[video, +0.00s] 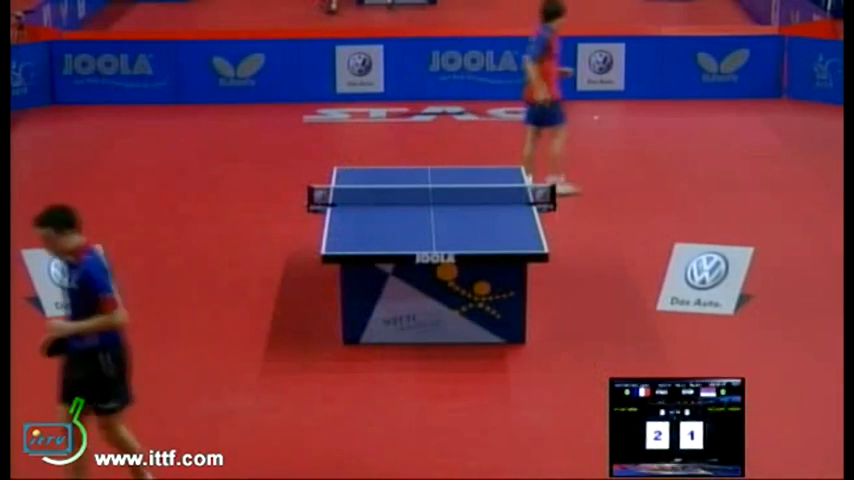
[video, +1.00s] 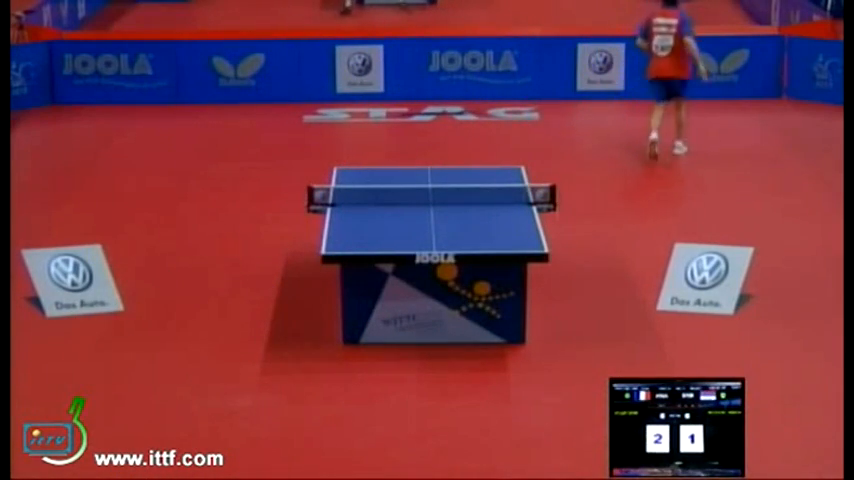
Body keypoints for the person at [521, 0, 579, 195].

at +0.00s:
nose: (563, 22)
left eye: (563, 18)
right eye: (562, 18)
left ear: (547, 16)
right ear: (556, 18)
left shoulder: (551, 37)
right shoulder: (543, 36)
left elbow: (544, 65)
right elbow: (529, 61)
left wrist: (560, 72)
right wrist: (540, 87)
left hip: (537, 97)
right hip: (549, 96)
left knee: (532, 136)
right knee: (559, 134)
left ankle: (526, 177)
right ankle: (556, 178)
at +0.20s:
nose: (603, 26)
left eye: (603, 22)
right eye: (602, 22)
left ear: (585, 20)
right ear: (598, 23)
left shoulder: (575, 40)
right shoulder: (590, 42)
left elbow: (567, 69)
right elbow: (587, 68)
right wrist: (604, 83)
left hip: (570, 98)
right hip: (586, 99)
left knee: (567, 138)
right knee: (602, 134)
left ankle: (540, 169)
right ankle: (608, 176)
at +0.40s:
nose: (632, 16)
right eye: (631, 12)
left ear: (614, 11)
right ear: (630, 14)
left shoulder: (602, 30)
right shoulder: (627, 32)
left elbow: (581, 47)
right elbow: (633, 57)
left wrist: (591, 67)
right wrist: (650, 67)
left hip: (601, 86)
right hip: (618, 87)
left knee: (611, 124)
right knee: (621, 126)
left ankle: (606, 159)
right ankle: (614, 169)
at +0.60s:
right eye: (648, 7)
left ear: (629, 8)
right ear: (647, 9)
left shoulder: (618, 28)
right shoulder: (650, 28)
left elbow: (609, 52)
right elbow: (658, 53)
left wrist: (617, 71)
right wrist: (666, 73)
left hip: (626, 81)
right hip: (645, 80)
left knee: (639, 119)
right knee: (648, 117)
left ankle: (646, 157)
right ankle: (638, 148)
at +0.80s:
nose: (661, 6)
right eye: (662, 4)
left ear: (647, 4)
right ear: (662, 3)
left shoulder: (637, 20)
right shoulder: (666, 19)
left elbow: (627, 44)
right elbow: (670, 42)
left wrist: (641, 55)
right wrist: (678, 66)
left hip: (645, 73)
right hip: (664, 73)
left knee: (649, 113)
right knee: (669, 111)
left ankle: (650, 154)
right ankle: (670, 151)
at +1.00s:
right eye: (678, 3)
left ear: (662, 2)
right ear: (678, 2)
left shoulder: (652, 16)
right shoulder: (682, 17)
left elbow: (640, 41)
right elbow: (688, 41)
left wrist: (656, 51)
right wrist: (700, 65)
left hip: (657, 70)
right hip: (677, 71)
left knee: (659, 104)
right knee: (680, 105)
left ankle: (653, 134)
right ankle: (679, 142)